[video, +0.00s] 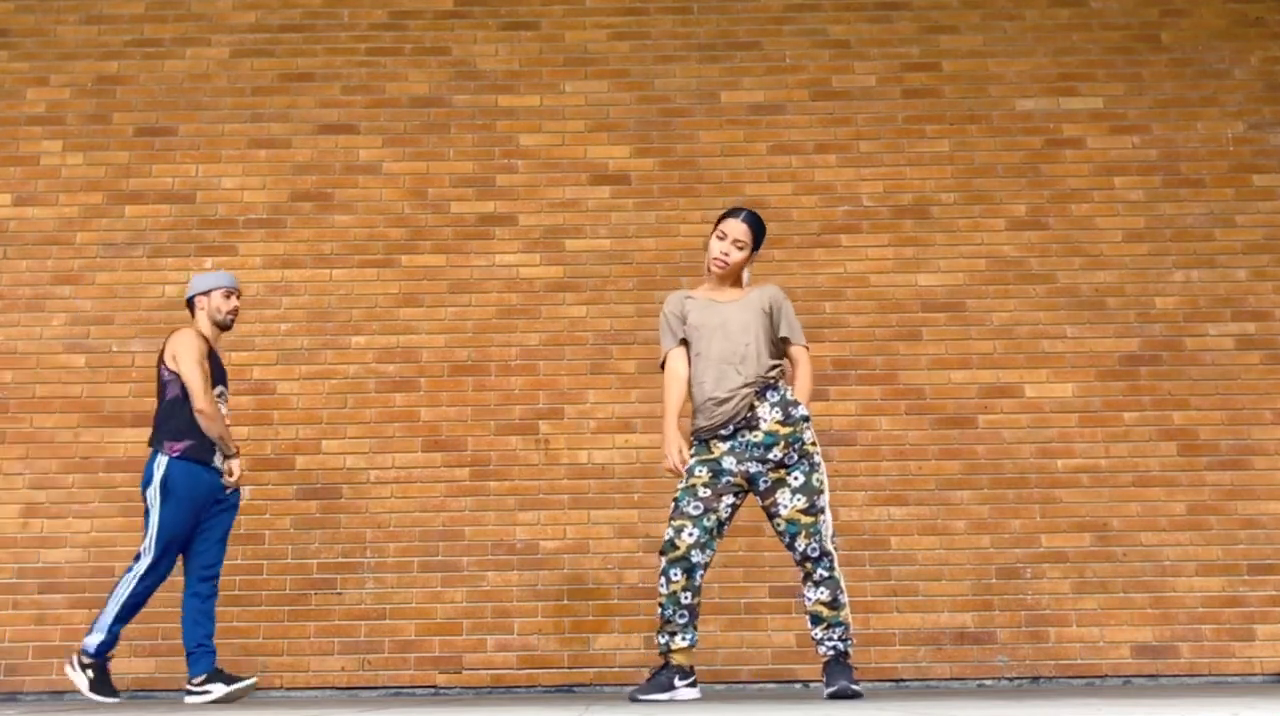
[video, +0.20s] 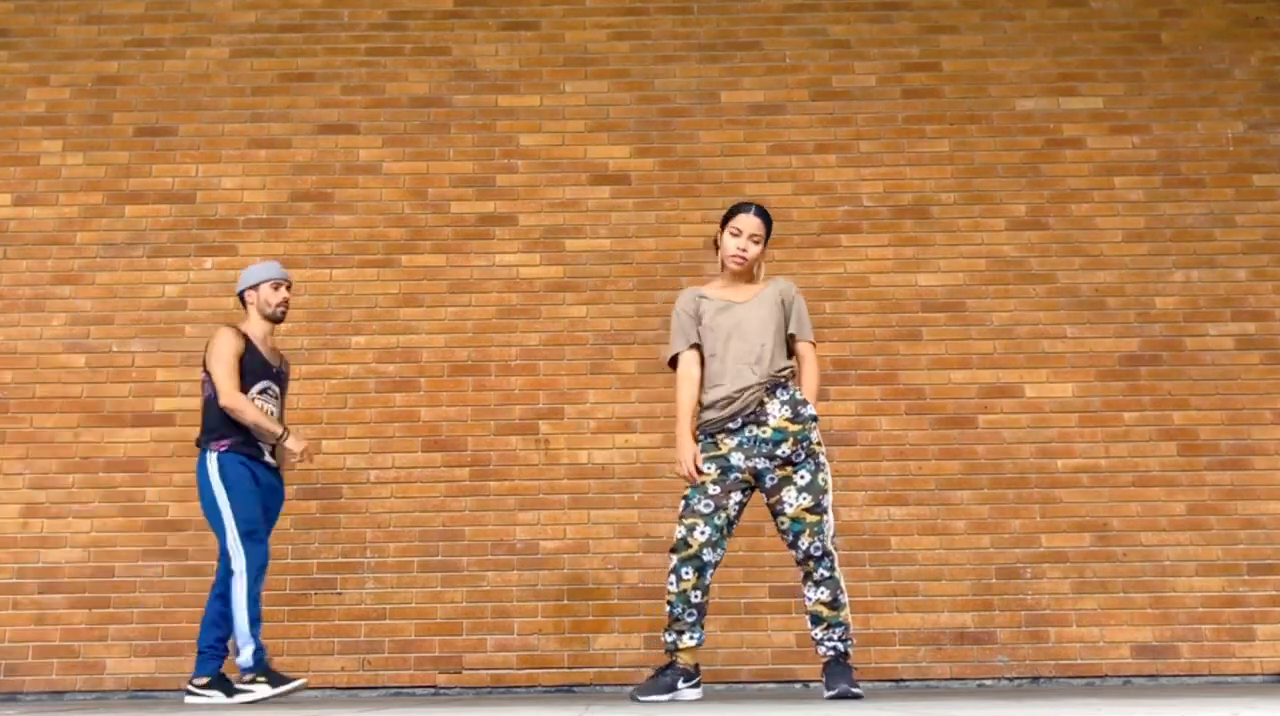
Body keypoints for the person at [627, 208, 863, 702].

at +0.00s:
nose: (725, 249)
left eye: (738, 246)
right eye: (722, 238)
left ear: (750, 257)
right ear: (709, 238)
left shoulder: (769, 299)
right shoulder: (679, 305)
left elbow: (801, 360)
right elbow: (676, 370)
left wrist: (796, 414)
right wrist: (670, 430)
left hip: (774, 432)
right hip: (712, 443)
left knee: (811, 543)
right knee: (681, 546)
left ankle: (836, 661)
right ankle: (677, 667)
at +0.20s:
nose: (742, 245)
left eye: (753, 239)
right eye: (735, 234)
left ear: (764, 249)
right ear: (719, 237)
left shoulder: (783, 294)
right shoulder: (693, 301)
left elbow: (807, 358)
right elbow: (688, 370)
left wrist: (804, 416)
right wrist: (684, 436)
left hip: (783, 428)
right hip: (719, 437)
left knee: (813, 543)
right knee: (691, 545)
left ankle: (836, 661)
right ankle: (682, 665)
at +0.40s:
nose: (754, 241)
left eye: (763, 234)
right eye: (744, 232)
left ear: (772, 242)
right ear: (726, 237)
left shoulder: (791, 294)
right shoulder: (702, 295)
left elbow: (812, 362)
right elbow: (693, 368)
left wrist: (812, 417)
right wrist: (690, 435)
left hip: (791, 431)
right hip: (727, 435)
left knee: (815, 544)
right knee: (708, 545)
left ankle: (837, 662)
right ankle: (680, 663)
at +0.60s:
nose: (757, 239)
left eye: (765, 231)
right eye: (746, 230)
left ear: (773, 239)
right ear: (727, 237)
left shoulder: (789, 300)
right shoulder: (703, 288)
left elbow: (812, 368)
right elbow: (692, 363)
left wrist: (811, 417)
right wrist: (694, 431)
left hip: (792, 430)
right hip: (729, 434)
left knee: (816, 544)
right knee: (711, 547)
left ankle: (838, 661)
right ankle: (681, 664)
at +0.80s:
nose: (757, 236)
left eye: (764, 227)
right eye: (745, 228)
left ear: (774, 235)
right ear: (727, 238)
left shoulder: (789, 303)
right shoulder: (703, 287)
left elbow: (812, 372)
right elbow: (690, 362)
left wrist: (815, 419)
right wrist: (696, 427)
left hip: (793, 432)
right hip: (729, 438)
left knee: (818, 544)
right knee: (711, 545)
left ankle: (838, 661)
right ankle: (687, 661)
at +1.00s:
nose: (754, 234)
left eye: (760, 225)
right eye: (742, 228)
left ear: (773, 233)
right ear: (727, 240)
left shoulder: (794, 303)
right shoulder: (706, 292)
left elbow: (818, 371)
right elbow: (692, 364)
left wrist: (817, 414)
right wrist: (693, 430)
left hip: (796, 435)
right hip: (731, 441)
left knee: (823, 544)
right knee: (704, 541)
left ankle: (838, 662)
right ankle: (705, 662)